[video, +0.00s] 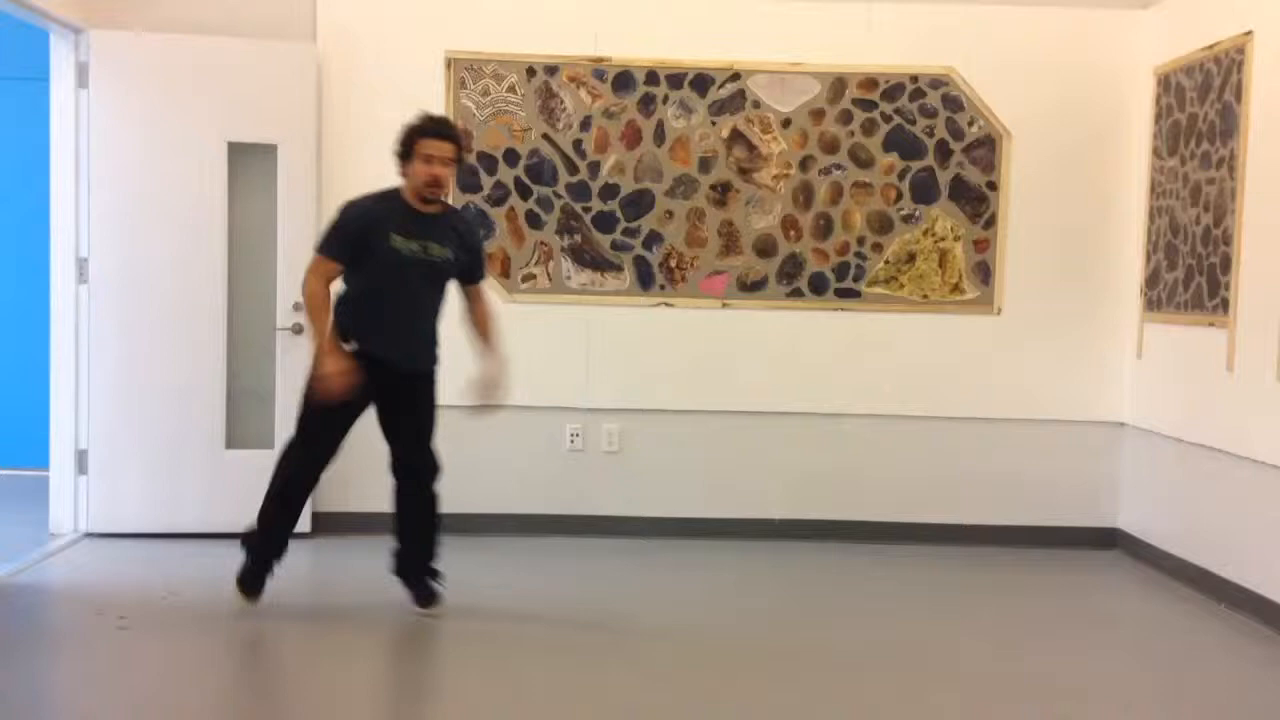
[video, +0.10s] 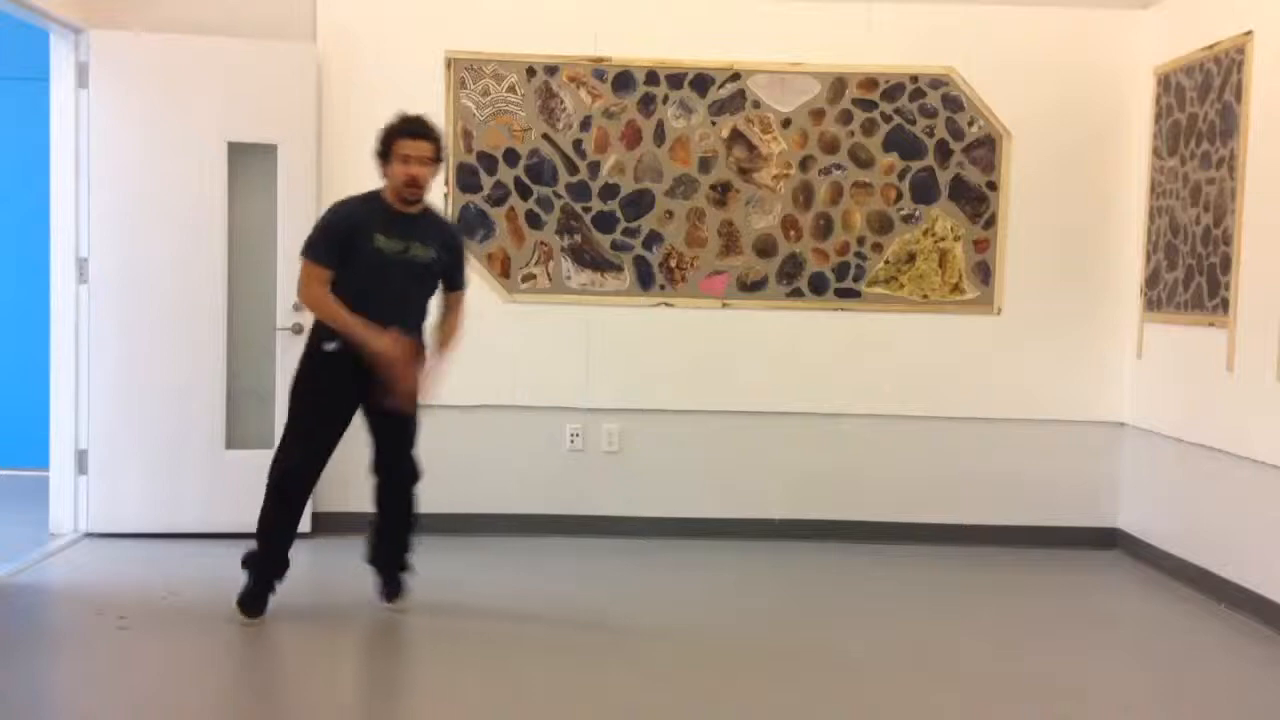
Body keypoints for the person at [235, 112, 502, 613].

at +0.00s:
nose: (436, 171)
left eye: (446, 163)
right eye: (426, 160)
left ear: (456, 170)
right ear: (405, 164)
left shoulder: (461, 231)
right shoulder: (367, 214)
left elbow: (476, 296)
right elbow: (316, 279)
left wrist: (490, 355)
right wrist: (326, 345)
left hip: (411, 367)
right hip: (351, 355)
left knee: (417, 467)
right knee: (307, 456)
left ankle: (415, 566)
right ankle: (261, 553)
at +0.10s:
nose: (415, 172)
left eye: (425, 163)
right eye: (405, 160)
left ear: (437, 171)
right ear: (384, 164)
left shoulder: (444, 238)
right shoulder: (347, 218)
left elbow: (452, 304)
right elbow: (312, 292)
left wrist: (434, 355)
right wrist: (375, 338)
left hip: (397, 364)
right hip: (334, 355)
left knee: (397, 466)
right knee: (296, 463)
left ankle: (390, 564)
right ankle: (264, 570)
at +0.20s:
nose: (382, 197)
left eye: (393, 188)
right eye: (372, 186)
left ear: (408, 194)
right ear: (356, 190)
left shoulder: (421, 262)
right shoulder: (324, 246)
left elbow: (410, 337)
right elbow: (313, 322)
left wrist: (339, 310)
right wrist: (394, 305)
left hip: (374, 396)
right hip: (313, 387)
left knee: (366, 495)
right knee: (285, 490)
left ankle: (359, 569)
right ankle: (258, 585)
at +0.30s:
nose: (362, 209)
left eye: (374, 200)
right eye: (354, 199)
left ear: (393, 207)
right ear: (342, 205)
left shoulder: (410, 271)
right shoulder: (314, 254)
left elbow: (385, 332)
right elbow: (308, 326)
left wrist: (337, 273)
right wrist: (373, 295)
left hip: (366, 402)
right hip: (304, 392)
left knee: (362, 500)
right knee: (271, 489)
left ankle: (364, 569)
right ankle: (257, 586)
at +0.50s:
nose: (365, 167)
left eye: (377, 158)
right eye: (358, 158)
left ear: (402, 165)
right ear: (350, 163)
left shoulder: (421, 229)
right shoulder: (337, 222)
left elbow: (421, 318)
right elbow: (327, 292)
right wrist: (331, 343)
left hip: (402, 356)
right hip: (350, 352)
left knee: (366, 468)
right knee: (311, 456)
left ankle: (376, 574)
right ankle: (327, 551)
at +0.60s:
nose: (382, 180)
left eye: (395, 172)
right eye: (376, 170)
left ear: (420, 183)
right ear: (368, 177)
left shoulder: (438, 247)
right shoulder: (360, 239)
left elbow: (482, 313)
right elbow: (339, 310)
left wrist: (512, 379)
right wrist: (300, 375)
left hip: (413, 385)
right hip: (365, 378)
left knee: (358, 480)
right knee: (329, 469)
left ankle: (383, 590)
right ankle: (405, 531)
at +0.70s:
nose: (407, 178)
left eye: (420, 170)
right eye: (402, 168)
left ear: (443, 185)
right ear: (393, 176)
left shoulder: (460, 239)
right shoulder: (380, 236)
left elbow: (527, 279)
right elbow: (360, 295)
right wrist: (337, 345)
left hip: (435, 380)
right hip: (390, 378)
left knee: (386, 480)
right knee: (387, 480)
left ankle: (386, 593)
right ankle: (466, 538)